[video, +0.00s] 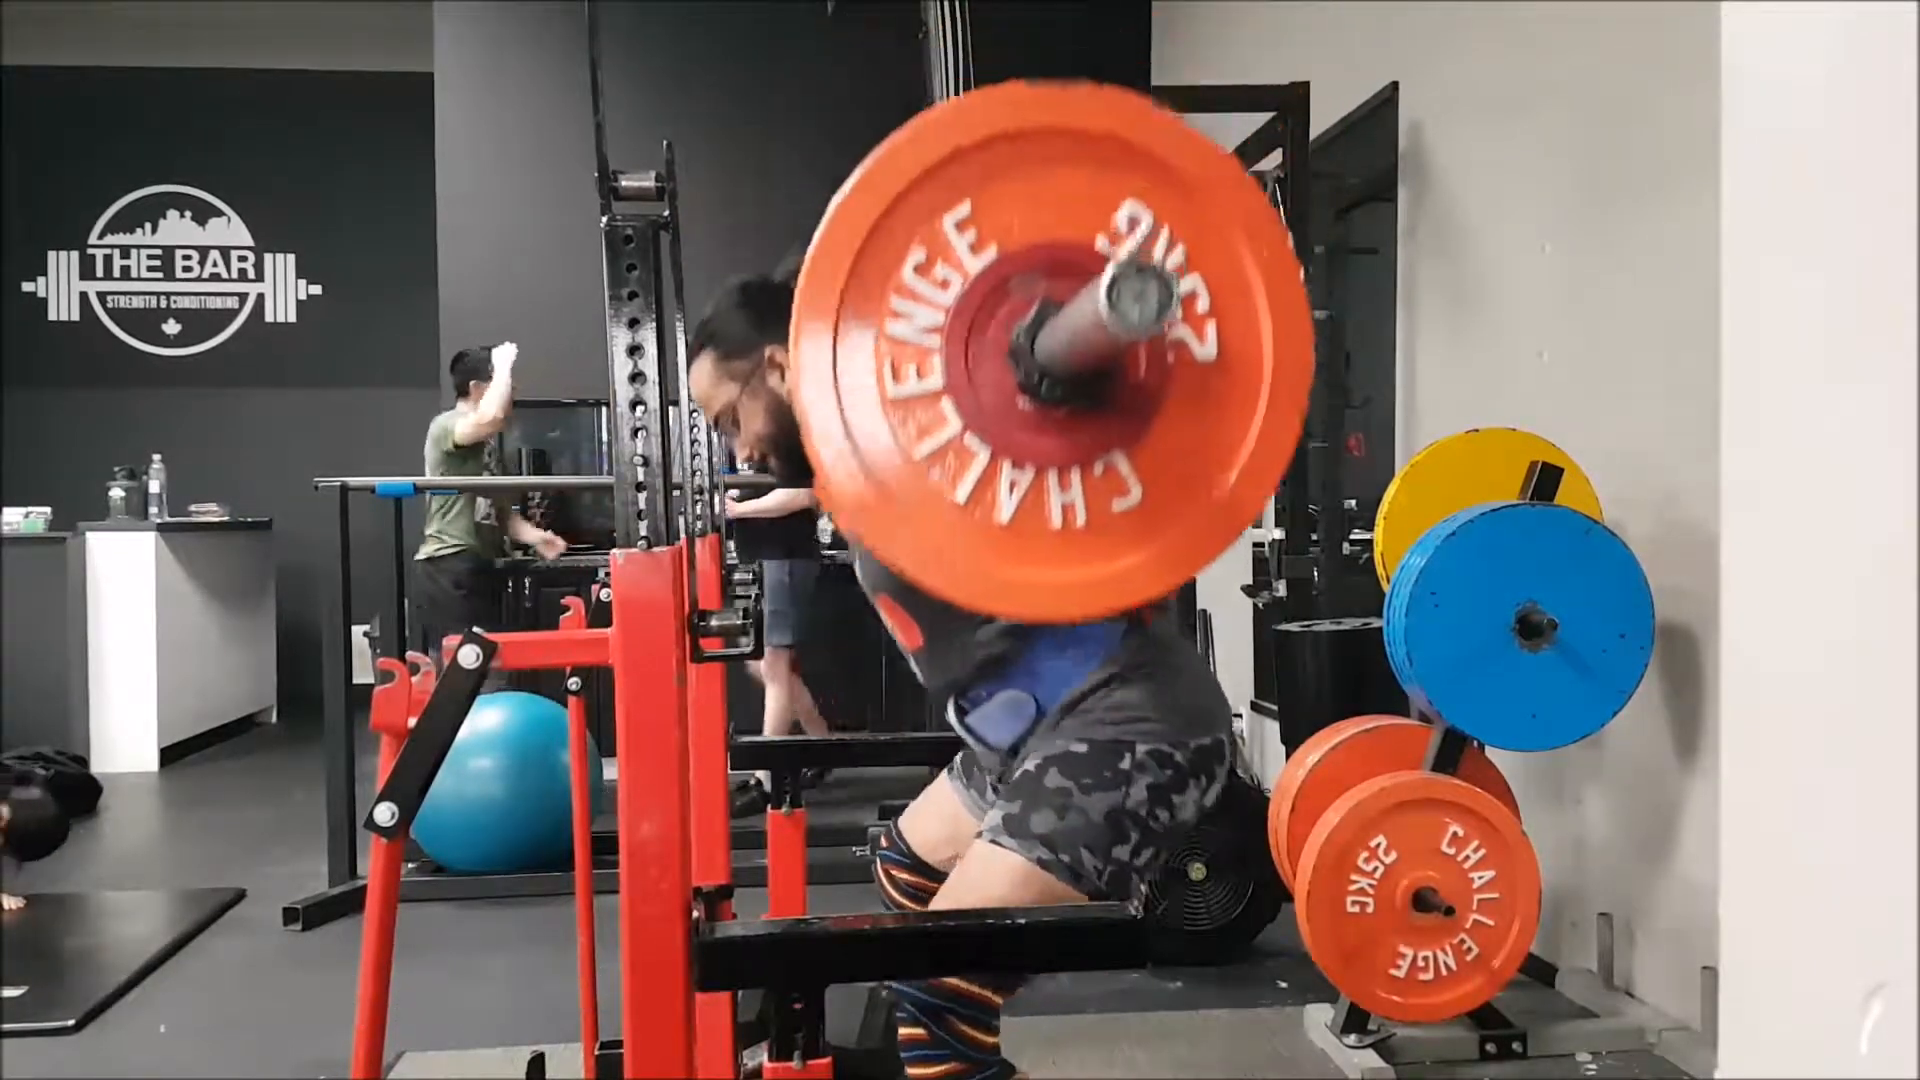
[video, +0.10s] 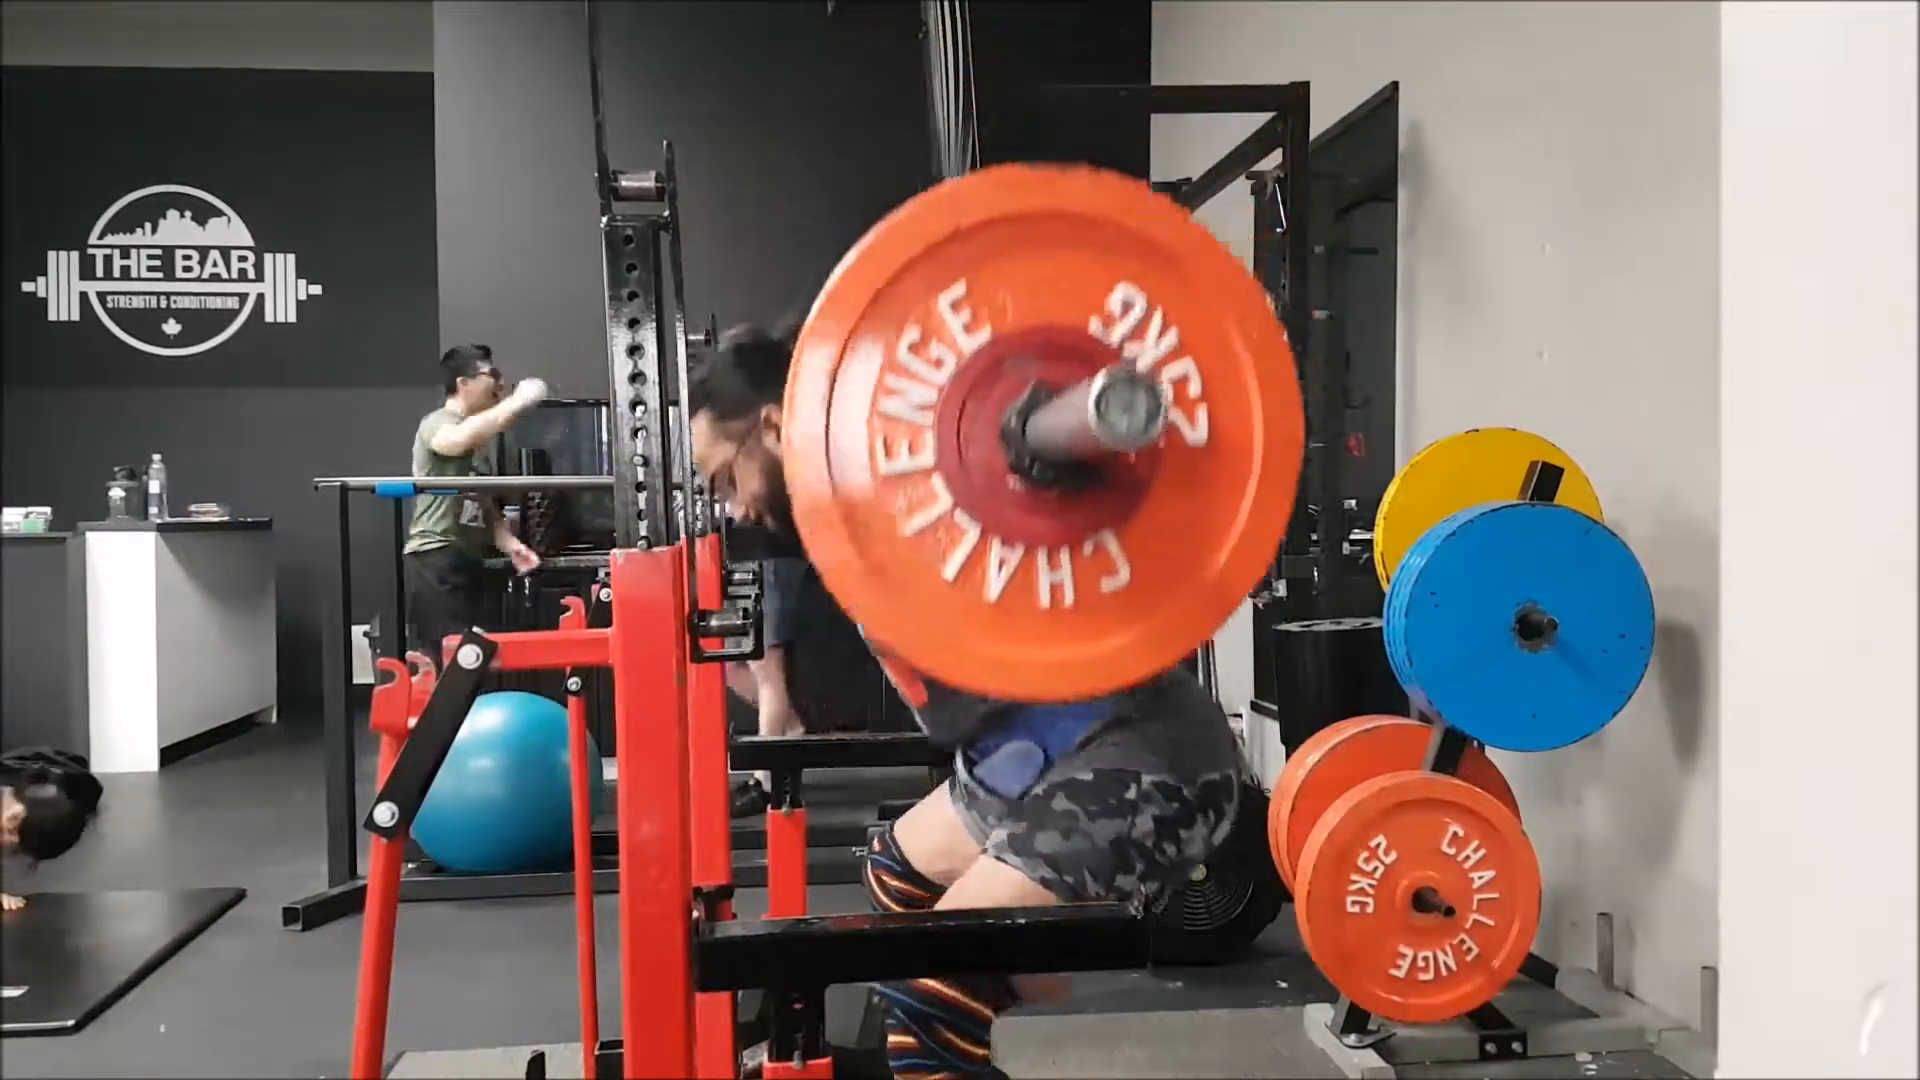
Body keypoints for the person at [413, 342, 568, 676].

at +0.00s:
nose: (508, 393)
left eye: (508, 385)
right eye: (499, 385)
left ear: (479, 391)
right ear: (474, 389)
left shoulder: (490, 442)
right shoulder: (445, 425)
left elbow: (503, 513)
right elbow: (492, 417)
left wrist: (538, 537)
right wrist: (502, 370)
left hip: (482, 563)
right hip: (446, 564)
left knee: (484, 660)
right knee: (462, 661)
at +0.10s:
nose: (499, 383)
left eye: (497, 375)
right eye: (490, 375)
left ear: (468, 384)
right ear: (462, 384)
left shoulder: (479, 434)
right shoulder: (436, 422)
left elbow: (486, 510)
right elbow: (456, 442)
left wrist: (511, 545)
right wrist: (514, 404)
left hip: (471, 557)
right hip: (435, 557)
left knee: (478, 653)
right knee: (447, 656)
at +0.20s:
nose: (489, 382)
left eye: (486, 375)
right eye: (480, 375)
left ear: (456, 385)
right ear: (451, 384)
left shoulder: (458, 436)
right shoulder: (430, 425)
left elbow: (464, 515)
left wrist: (490, 554)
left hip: (458, 560)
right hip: (430, 560)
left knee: (462, 656)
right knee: (433, 659)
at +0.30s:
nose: (478, 383)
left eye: (478, 377)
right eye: (470, 376)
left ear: (452, 385)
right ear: (440, 383)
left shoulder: (453, 441)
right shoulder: (415, 430)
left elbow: (463, 511)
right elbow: (410, 501)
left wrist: (480, 577)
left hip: (450, 567)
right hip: (419, 565)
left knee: (452, 672)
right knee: (417, 672)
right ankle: (371, 763)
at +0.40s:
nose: (466, 382)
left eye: (466, 376)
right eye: (457, 375)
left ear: (443, 385)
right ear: (425, 381)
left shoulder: (453, 445)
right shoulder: (392, 433)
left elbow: (458, 518)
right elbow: (385, 506)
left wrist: (466, 582)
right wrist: (422, 560)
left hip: (446, 576)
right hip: (400, 576)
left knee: (447, 678)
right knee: (394, 676)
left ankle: (439, 784)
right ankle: (352, 771)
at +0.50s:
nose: (452, 380)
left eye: (453, 374)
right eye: (443, 373)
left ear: (444, 385)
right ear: (411, 379)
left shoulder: (450, 446)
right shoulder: (370, 436)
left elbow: (458, 513)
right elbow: (358, 516)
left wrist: (459, 572)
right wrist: (382, 577)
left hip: (441, 578)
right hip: (394, 578)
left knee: (440, 687)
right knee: (382, 686)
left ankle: (433, 791)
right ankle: (365, 786)